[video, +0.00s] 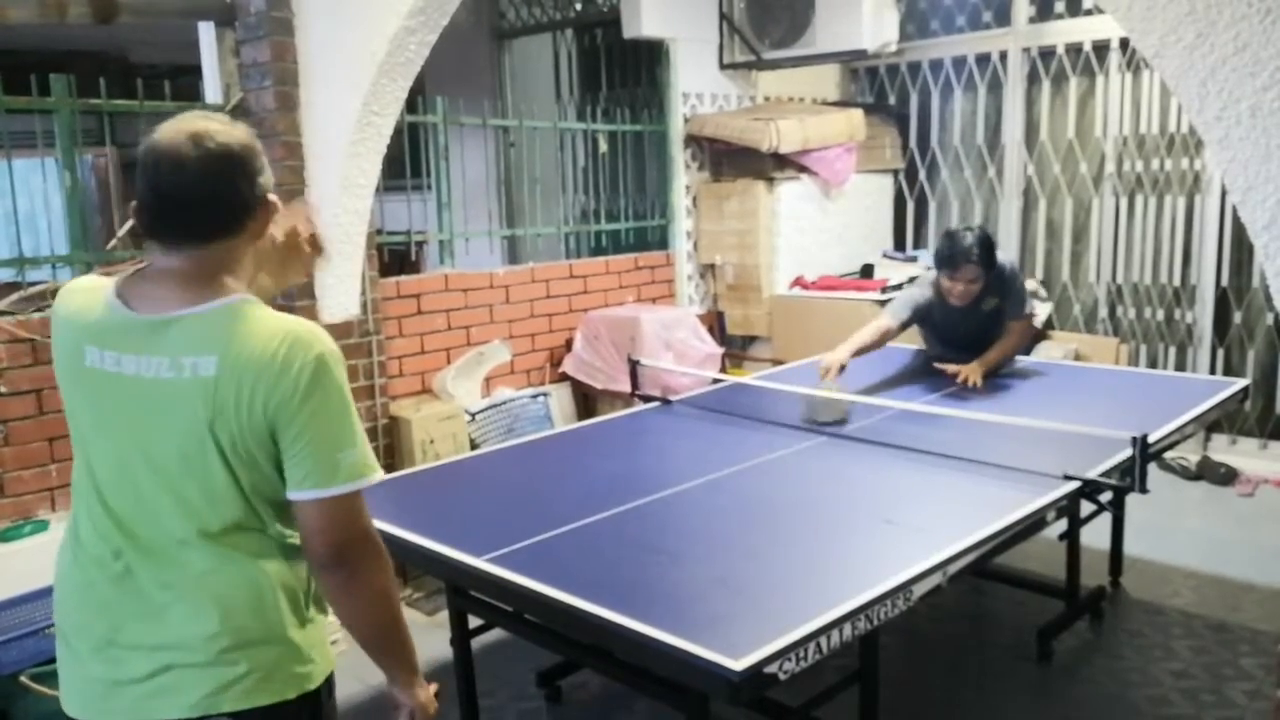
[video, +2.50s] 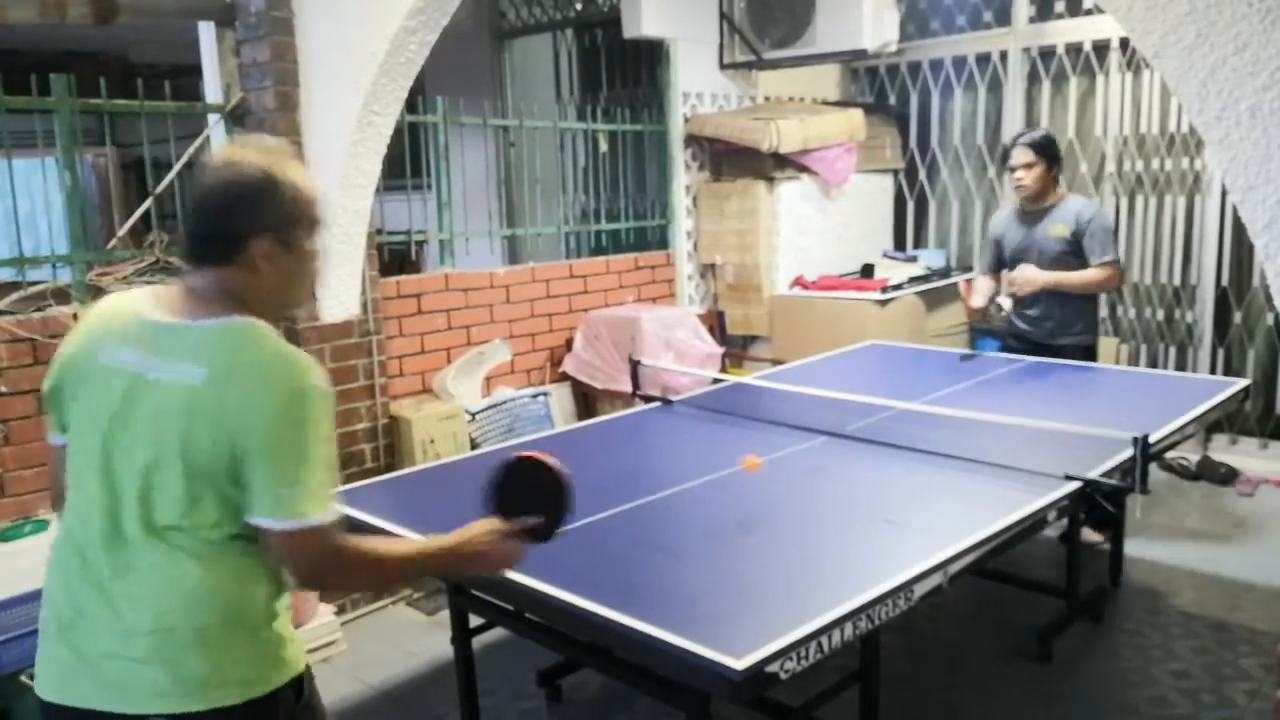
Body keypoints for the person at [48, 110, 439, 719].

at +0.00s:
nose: (276, 207)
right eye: (273, 197)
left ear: (141, 215)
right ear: (262, 216)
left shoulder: (75, 312)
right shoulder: (289, 350)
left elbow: (165, 299)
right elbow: (338, 546)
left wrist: (266, 267)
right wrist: (407, 678)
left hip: (97, 670)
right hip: (245, 677)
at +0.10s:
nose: (280, 213)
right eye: (278, 201)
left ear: (147, 215)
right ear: (269, 216)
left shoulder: (79, 309)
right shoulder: (293, 354)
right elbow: (339, 549)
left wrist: (265, 307)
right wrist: (406, 683)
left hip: (92, 672)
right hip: (244, 679)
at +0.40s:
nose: (228, 215)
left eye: (225, 199)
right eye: (225, 200)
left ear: (99, 220)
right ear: (210, 215)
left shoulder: (40, 328)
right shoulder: (235, 356)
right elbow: (291, 550)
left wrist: (221, 322)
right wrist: (387, 680)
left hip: (70, 676)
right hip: (216, 681)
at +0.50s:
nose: (202, 230)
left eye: (203, 212)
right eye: (201, 212)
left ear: (75, 219)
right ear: (175, 219)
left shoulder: (15, 340)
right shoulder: (201, 356)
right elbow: (256, 551)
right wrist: (359, 678)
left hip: (56, 682)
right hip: (198, 686)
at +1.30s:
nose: (175, 229)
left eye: (172, 211)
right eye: (166, 211)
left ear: (44, 225)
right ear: (124, 230)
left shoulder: (8, 335)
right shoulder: (182, 343)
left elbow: (13, 515)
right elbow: (265, 517)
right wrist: (363, 608)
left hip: (54, 673)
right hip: (198, 669)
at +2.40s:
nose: (259, 242)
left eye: (255, 222)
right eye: (248, 222)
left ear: (129, 233)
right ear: (198, 237)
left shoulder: (51, 340)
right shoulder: (229, 358)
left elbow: (36, 504)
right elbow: (246, 552)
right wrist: (390, 582)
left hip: (66, 681)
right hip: (208, 683)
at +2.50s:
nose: (317, 256)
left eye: (315, 237)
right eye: (308, 239)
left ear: (199, 245)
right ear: (260, 251)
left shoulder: (99, 326)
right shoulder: (280, 376)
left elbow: (66, 495)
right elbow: (311, 561)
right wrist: (452, 553)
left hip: (75, 670)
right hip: (219, 681)